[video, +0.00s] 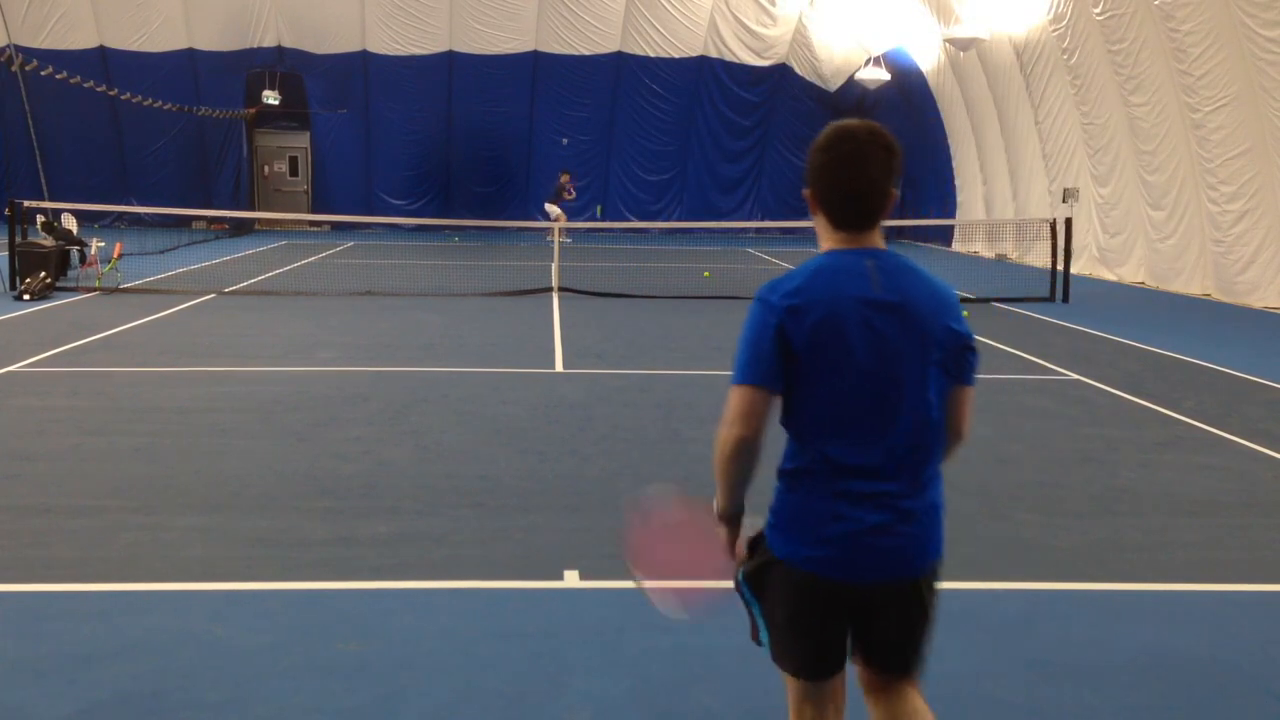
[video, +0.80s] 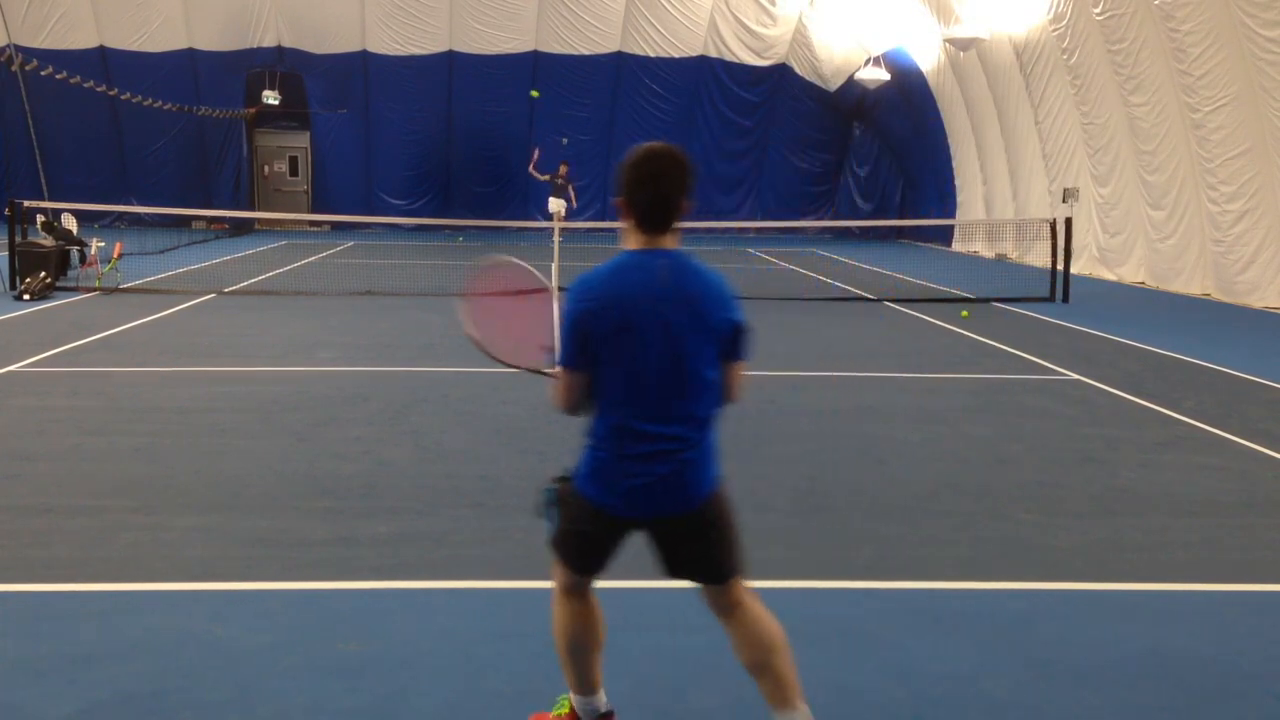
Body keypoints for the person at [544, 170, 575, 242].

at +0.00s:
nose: (568, 179)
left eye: (568, 177)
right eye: (567, 177)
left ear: (563, 177)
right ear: (562, 176)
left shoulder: (558, 184)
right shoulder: (561, 186)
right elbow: (566, 197)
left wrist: (567, 188)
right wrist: (573, 196)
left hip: (548, 203)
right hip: (551, 204)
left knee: (557, 219)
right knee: (563, 218)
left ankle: (551, 235)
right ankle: (561, 236)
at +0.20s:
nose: (572, 181)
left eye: (572, 179)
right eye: (571, 179)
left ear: (570, 179)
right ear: (567, 178)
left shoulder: (562, 184)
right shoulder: (564, 184)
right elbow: (569, 196)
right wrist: (576, 205)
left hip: (554, 204)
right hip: (555, 204)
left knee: (560, 220)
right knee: (566, 217)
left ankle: (551, 235)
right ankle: (563, 236)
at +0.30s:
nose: (572, 178)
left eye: (573, 177)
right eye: (572, 176)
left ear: (572, 177)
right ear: (568, 174)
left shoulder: (569, 183)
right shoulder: (561, 180)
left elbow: (579, 186)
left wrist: (587, 187)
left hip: (563, 203)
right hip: (556, 201)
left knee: (563, 219)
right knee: (565, 217)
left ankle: (553, 232)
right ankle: (563, 236)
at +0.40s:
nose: (572, 174)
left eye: (572, 173)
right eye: (571, 172)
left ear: (572, 173)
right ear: (568, 171)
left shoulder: (567, 180)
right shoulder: (561, 175)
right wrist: (549, 159)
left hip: (564, 200)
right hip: (558, 199)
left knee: (565, 218)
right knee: (564, 216)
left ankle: (554, 231)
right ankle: (562, 235)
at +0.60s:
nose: (567, 171)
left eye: (569, 170)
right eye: (566, 169)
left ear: (570, 171)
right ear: (563, 168)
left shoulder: (567, 181)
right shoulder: (557, 174)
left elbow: (570, 191)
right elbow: (546, 165)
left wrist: (572, 200)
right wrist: (538, 156)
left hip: (563, 199)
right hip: (556, 197)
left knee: (563, 216)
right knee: (562, 214)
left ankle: (557, 234)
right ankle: (562, 235)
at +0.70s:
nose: (565, 171)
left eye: (567, 170)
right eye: (564, 169)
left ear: (569, 171)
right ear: (561, 168)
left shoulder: (568, 181)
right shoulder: (555, 175)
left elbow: (571, 192)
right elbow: (543, 170)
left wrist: (574, 201)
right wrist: (534, 161)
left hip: (563, 200)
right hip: (555, 198)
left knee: (562, 218)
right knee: (558, 217)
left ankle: (562, 235)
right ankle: (557, 235)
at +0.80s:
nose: (563, 170)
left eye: (564, 168)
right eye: (562, 167)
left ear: (567, 170)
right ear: (559, 168)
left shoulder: (567, 180)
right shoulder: (553, 177)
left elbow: (571, 192)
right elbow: (541, 178)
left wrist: (573, 202)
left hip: (562, 200)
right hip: (553, 199)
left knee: (561, 218)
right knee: (556, 216)